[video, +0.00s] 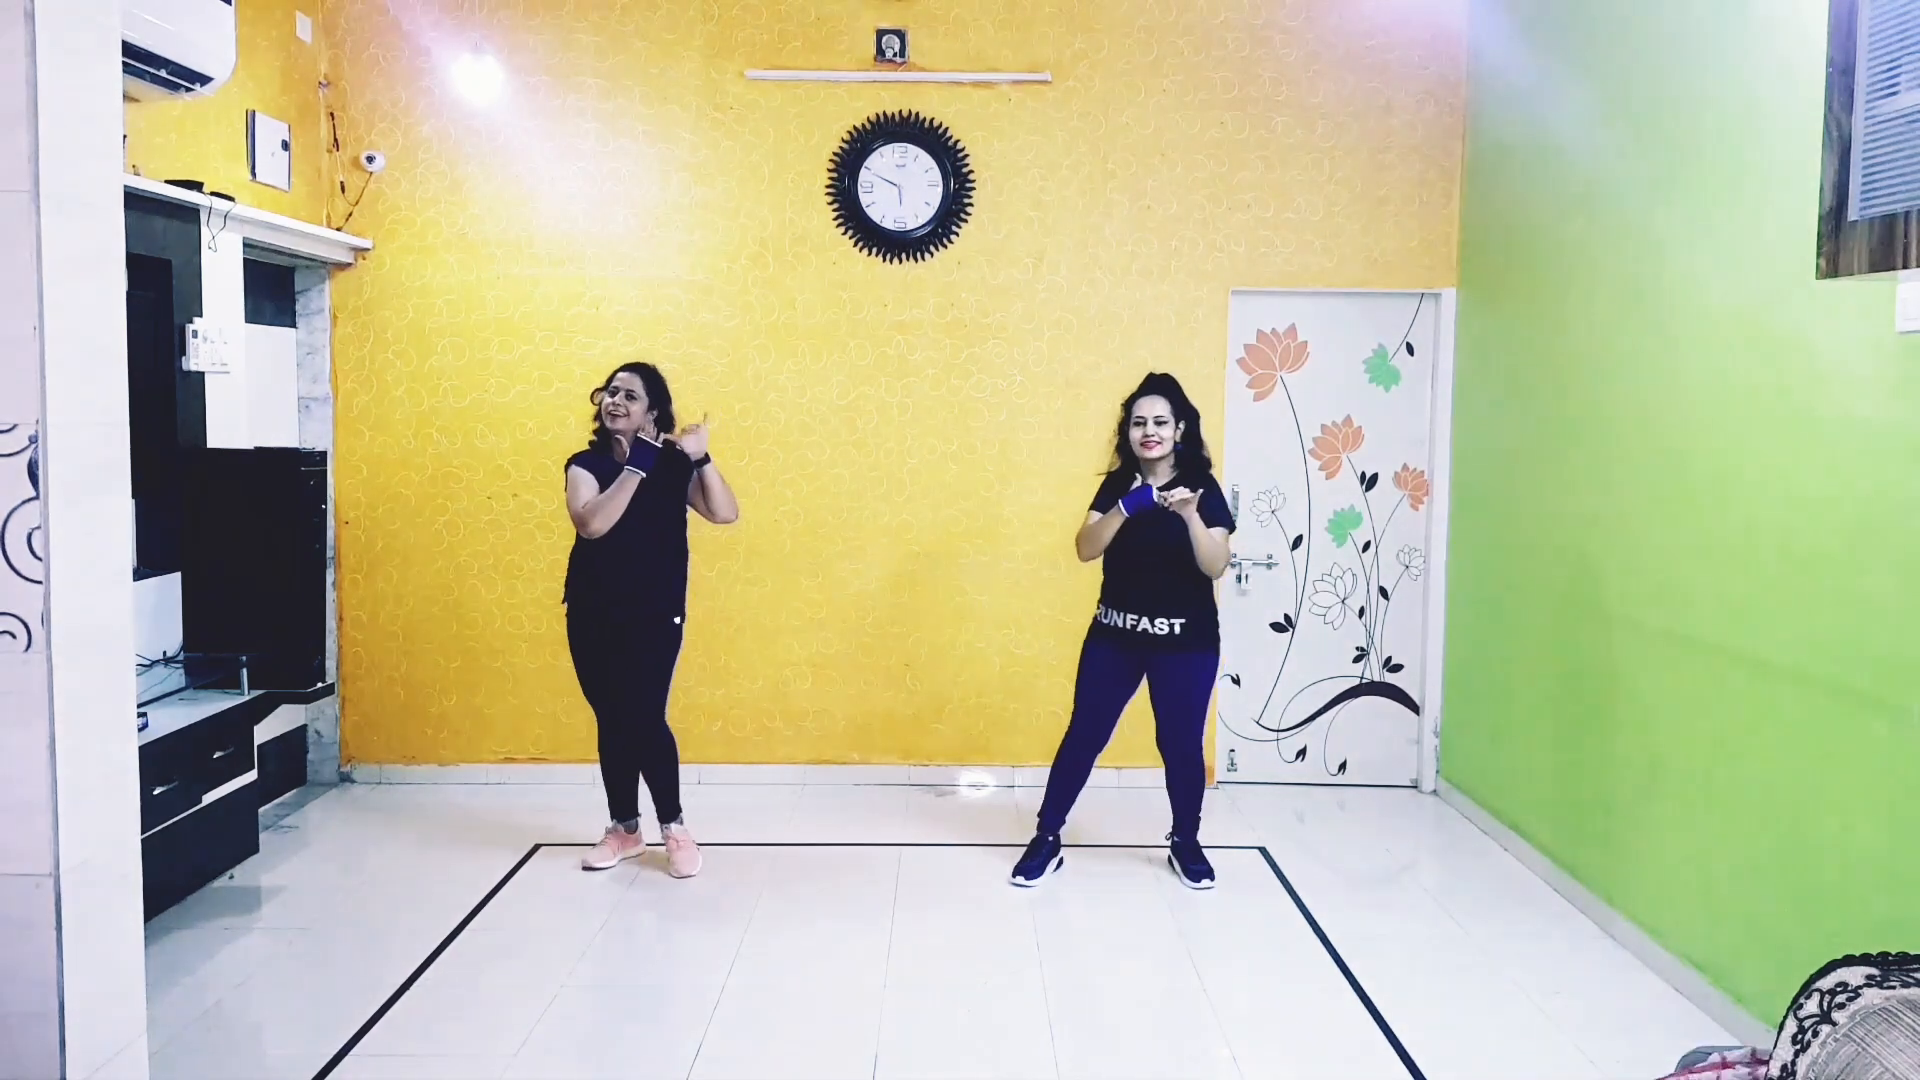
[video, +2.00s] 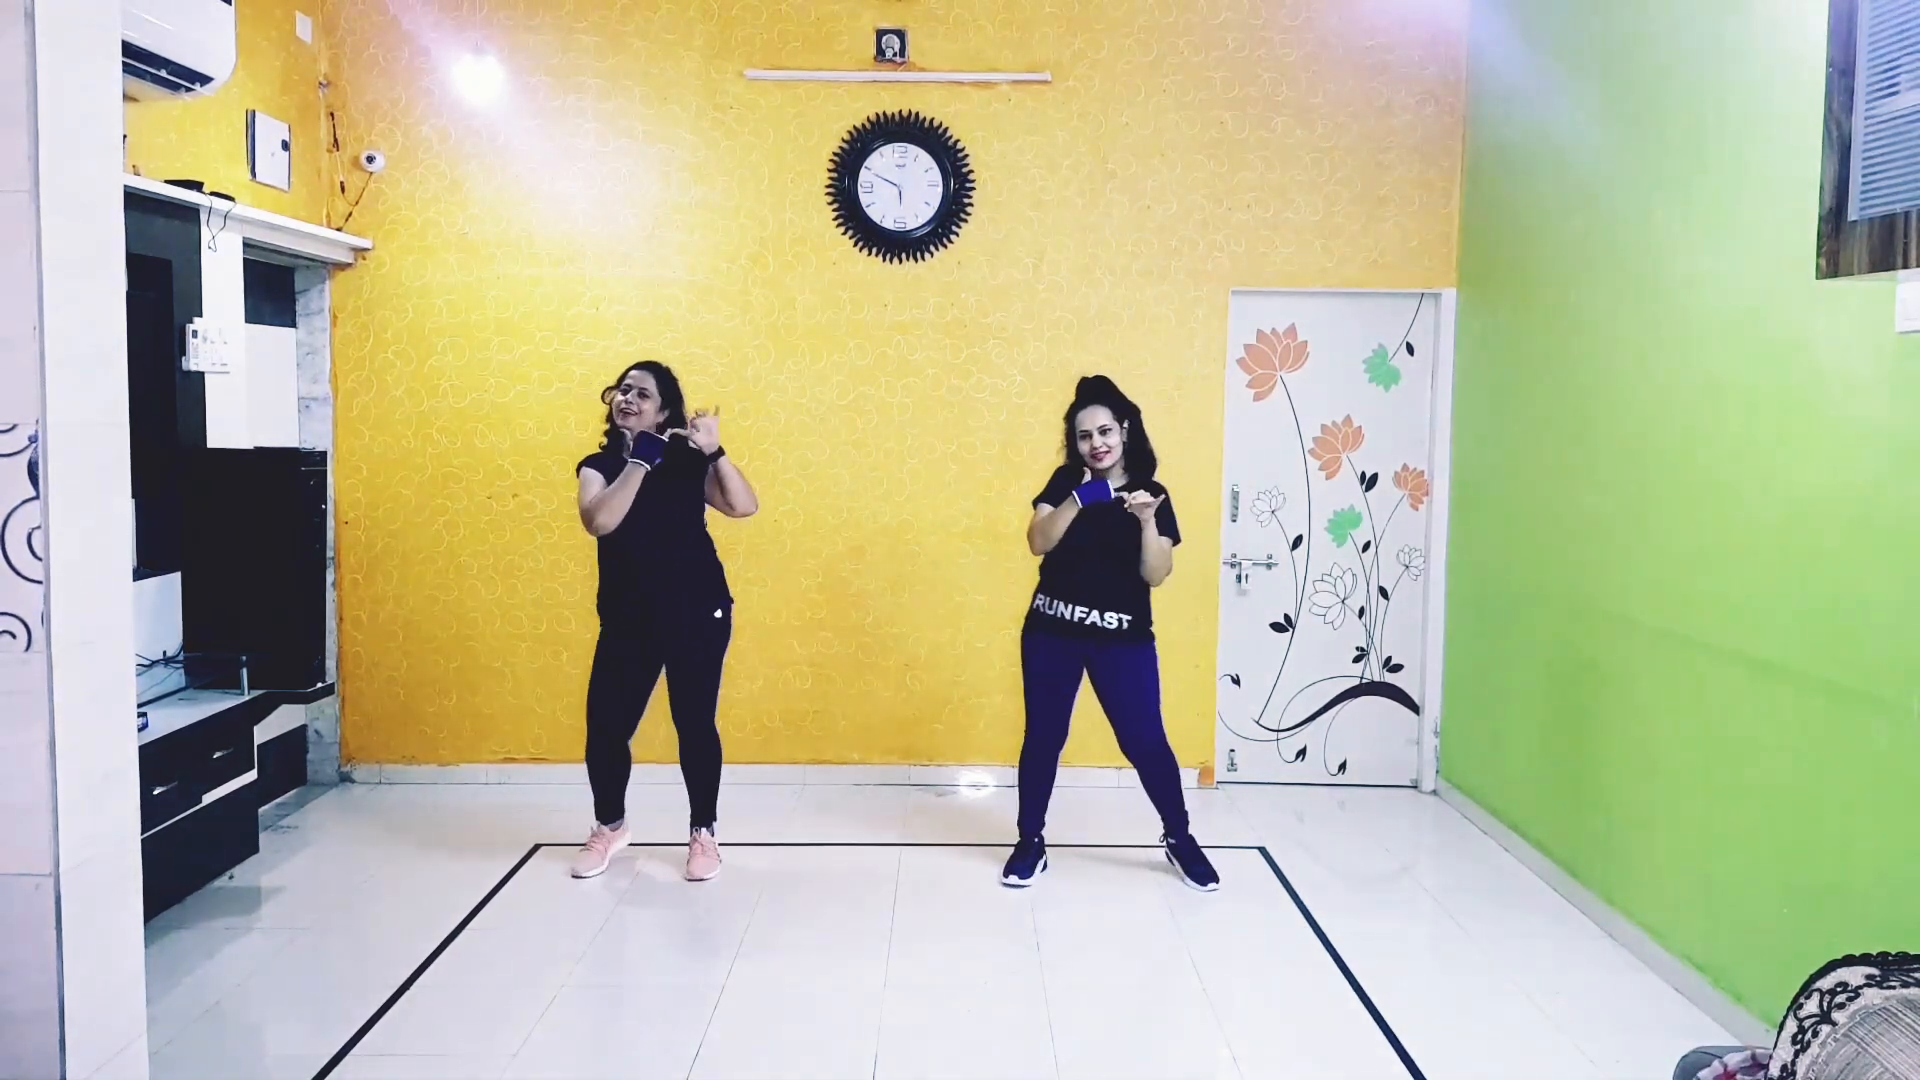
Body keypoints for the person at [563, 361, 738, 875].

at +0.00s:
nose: (614, 400)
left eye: (628, 395)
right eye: (611, 392)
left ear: (654, 412)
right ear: (601, 404)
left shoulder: (673, 462)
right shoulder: (586, 464)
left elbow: (725, 513)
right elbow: (591, 523)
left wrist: (703, 457)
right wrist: (637, 463)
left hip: (657, 610)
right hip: (595, 610)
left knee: (647, 716)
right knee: (612, 718)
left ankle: (673, 828)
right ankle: (624, 829)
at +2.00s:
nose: (627, 399)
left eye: (641, 394)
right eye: (623, 391)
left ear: (666, 410)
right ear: (613, 402)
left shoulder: (688, 459)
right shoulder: (599, 464)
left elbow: (743, 506)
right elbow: (600, 522)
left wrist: (716, 453)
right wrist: (640, 459)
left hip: (697, 612)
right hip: (629, 615)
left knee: (695, 722)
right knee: (606, 724)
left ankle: (703, 833)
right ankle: (609, 827)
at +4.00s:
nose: (590, 399)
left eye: (606, 395)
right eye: (589, 391)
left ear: (631, 417)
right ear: (581, 404)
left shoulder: (661, 472)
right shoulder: (565, 467)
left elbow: (683, 543)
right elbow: (536, 529)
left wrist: (686, 613)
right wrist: (559, 453)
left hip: (628, 626)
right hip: (560, 624)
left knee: (641, 736)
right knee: (571, 737)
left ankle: (663, 839)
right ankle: (580, 846)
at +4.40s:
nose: (632, 402)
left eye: (646, 398)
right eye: (627, 393)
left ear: (665, 416)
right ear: (612, 403)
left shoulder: (687, 471)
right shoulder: (591, 467)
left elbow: (711, 539)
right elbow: (583, 528)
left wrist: (733, 602)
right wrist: (605, 459)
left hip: (692, 622)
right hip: (624, 625)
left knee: (700, 732)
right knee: (611, 739)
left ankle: (714, 844)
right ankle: (587, 848)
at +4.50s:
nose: (648, 406)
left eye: (662, 402)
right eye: (642, 397)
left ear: (680, 420)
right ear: (627, 406)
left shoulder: (702, 475)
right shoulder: (605, 472)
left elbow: (726, 543)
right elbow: (601, 534)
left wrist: (752, 602)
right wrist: (622, 464)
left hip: (705, 629)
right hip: (639, 631)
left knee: (708, 737)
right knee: (625, 743)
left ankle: (714, 844)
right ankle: (617, 847)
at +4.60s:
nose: (659, 409)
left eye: (673, 405)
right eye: (653, 400)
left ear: (691, 423)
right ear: (636, 410)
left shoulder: (710, 480)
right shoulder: (615, 473)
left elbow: (736, 547)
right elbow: (610, 538)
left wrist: (764, 608)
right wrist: (631, 471)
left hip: (710, 628)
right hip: (643, 629)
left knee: (709, 734)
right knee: (630, 739)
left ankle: (714, 845)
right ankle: (654, 848)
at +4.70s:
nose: (667, 409)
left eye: (681, 405)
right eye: (661, 400)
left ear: (698, 422)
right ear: (645, 409)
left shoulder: (716, 481)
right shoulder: (621, 473)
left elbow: (739, 549)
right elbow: (610, 535)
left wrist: (766, 612)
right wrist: (635, 468)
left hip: (711, 629)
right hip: (645, 628)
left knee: (709, 732)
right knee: (616, 729)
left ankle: (714, 844)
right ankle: (649, 838)